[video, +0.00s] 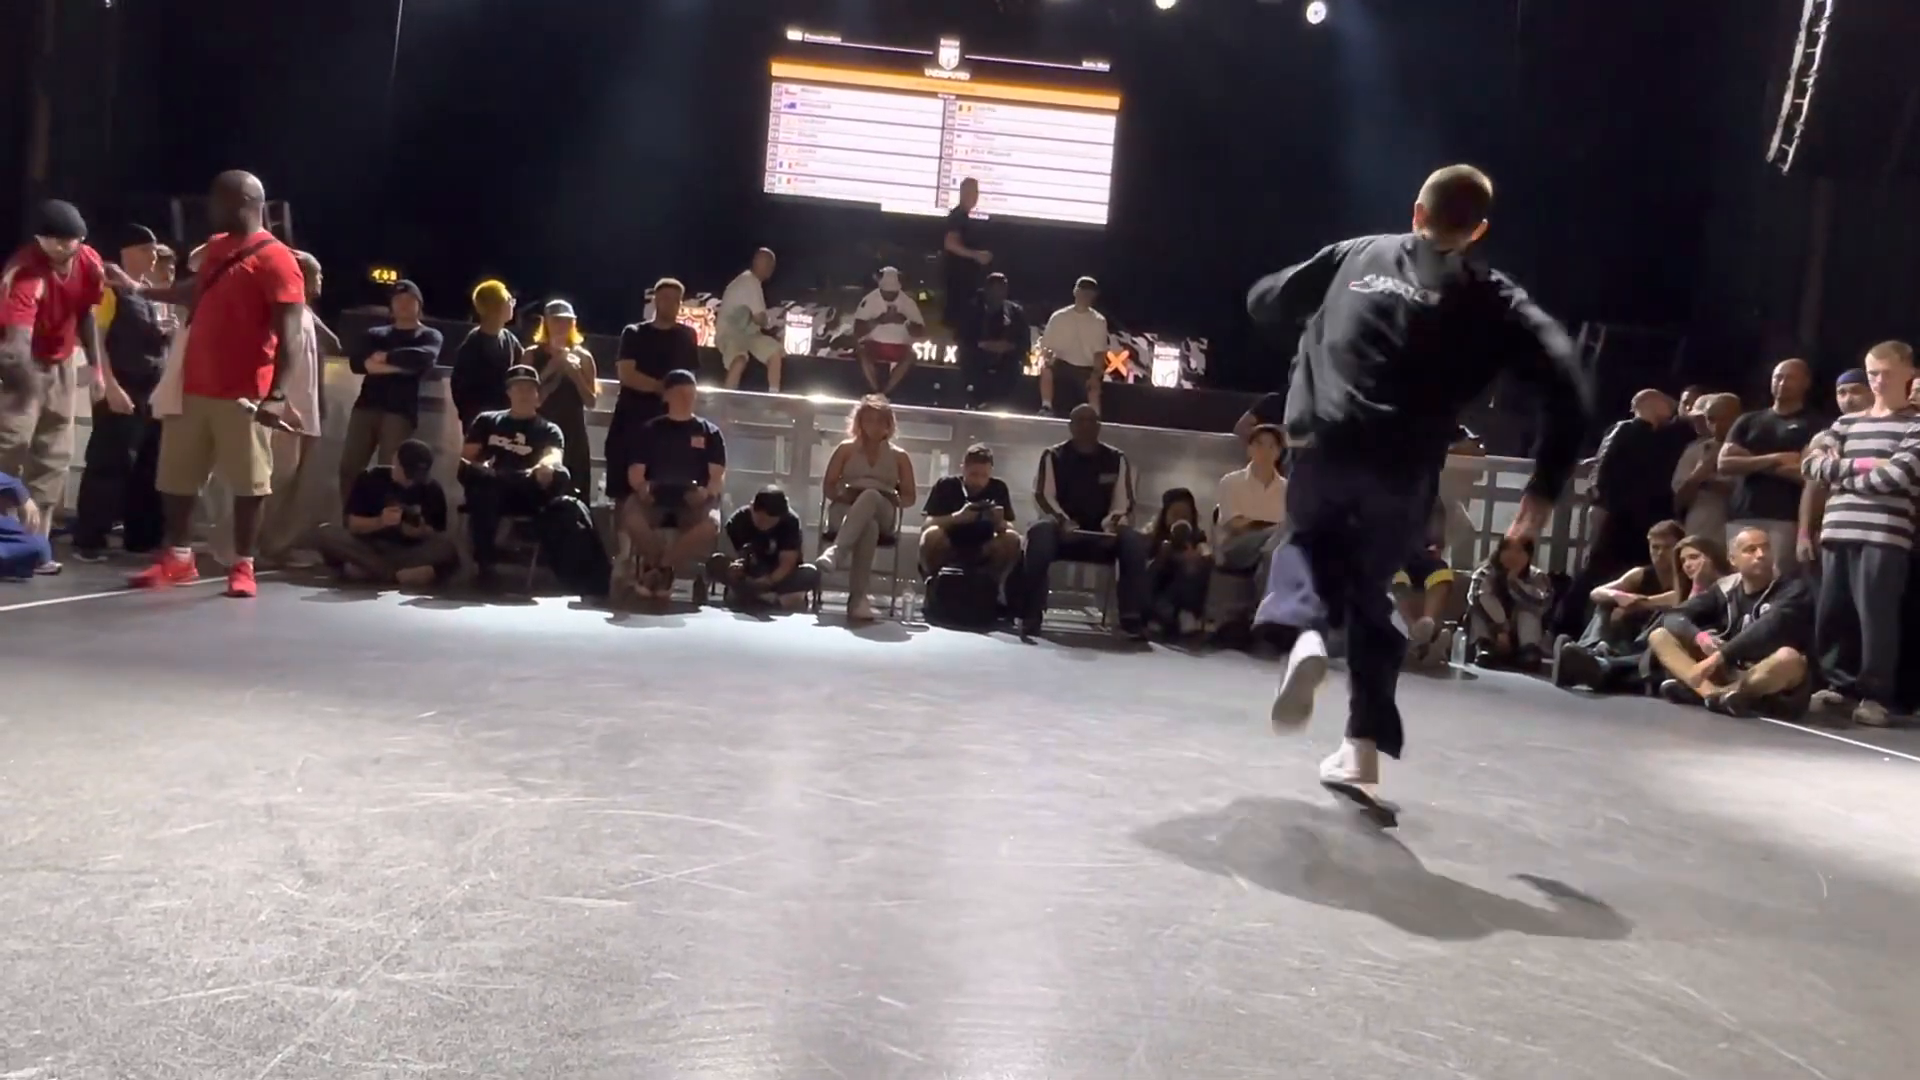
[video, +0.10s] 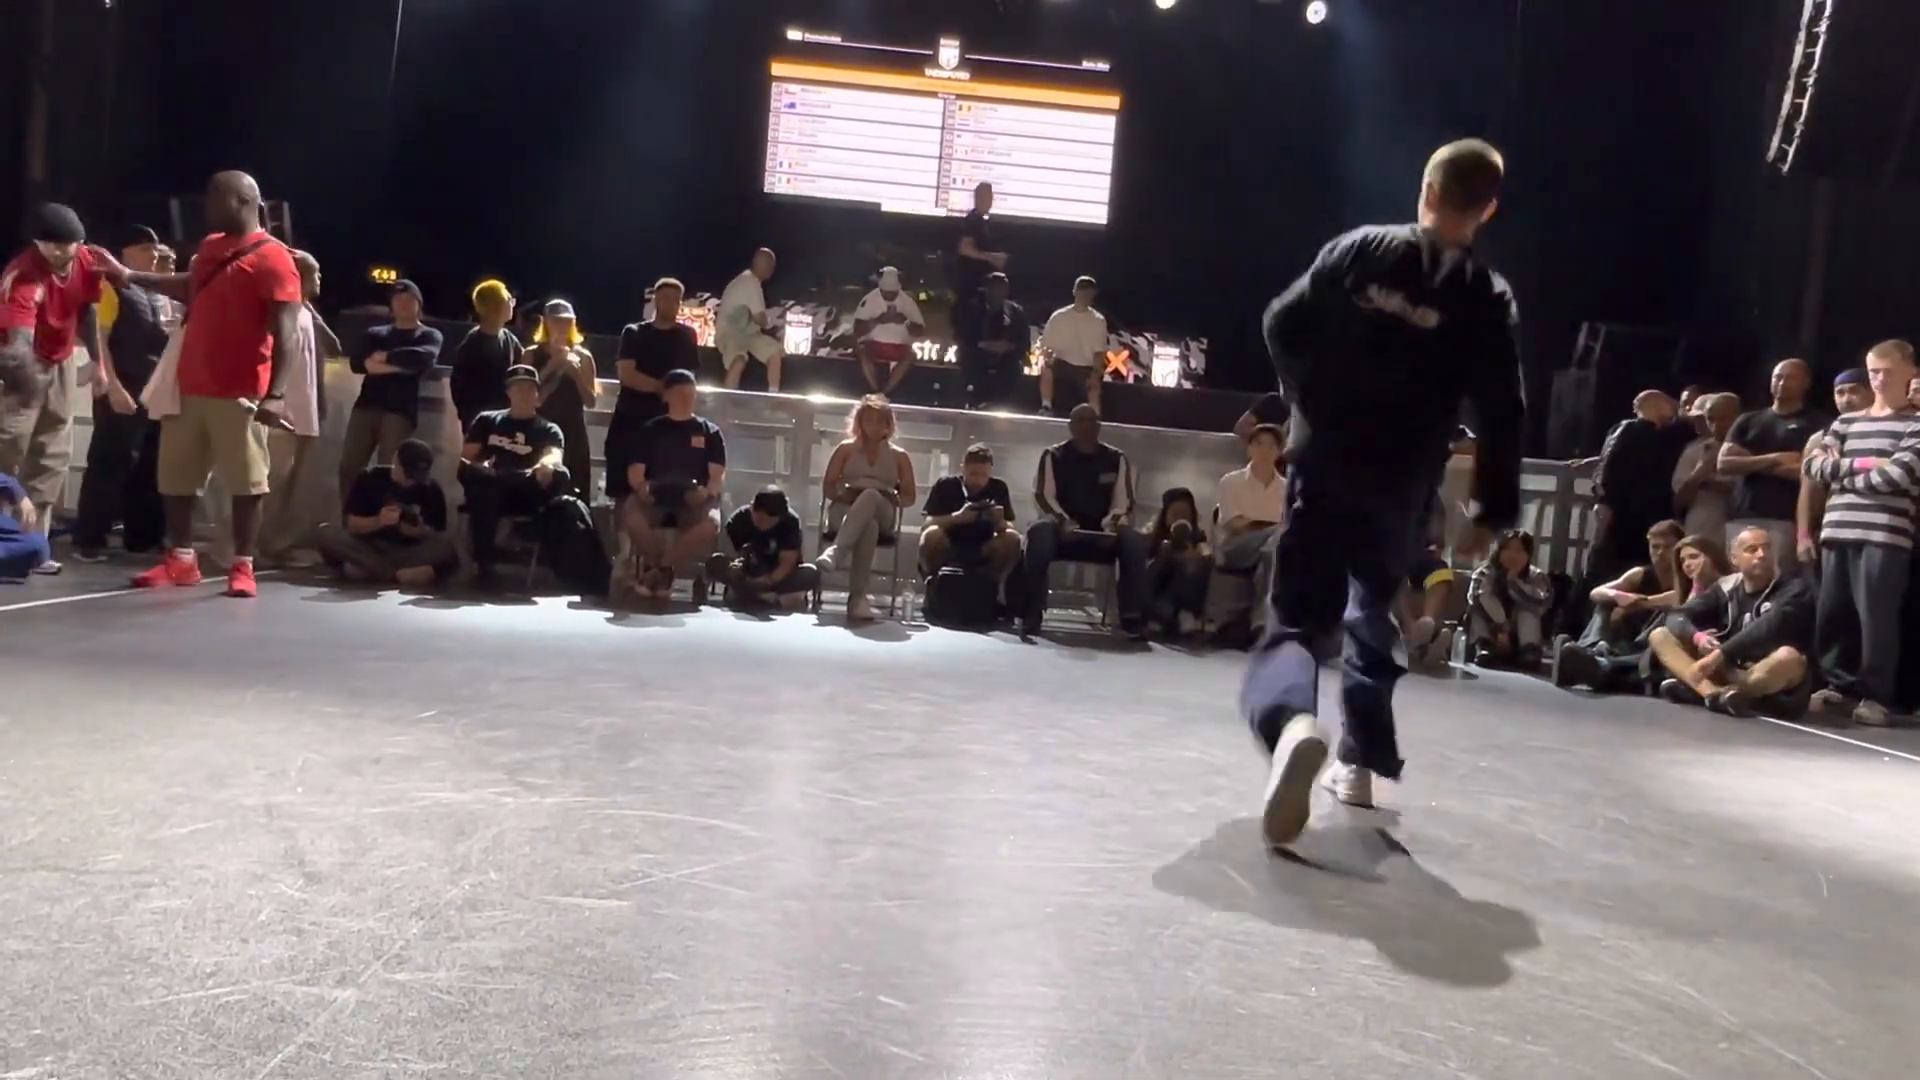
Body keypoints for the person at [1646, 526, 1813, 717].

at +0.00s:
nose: (1760, 555)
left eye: (1765, 548)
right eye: (1750, 550)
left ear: (1772, 553)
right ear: (1734, 559)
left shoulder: (1793, 590)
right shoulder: (1724, 589)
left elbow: (1769, 629)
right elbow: (1673, 617)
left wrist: (1717, 659)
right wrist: (1698, 636)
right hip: (1726, 672)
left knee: (1789, 658)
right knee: (1659, 636)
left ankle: (1706, 694)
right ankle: (1713, 694)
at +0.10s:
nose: (1761, 555)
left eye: (1766, 548)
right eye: (1751, 550)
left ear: (1773, 553)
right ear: (1735, 558)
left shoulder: (1794, 589)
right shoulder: (1725, 588)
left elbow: (1770, 628)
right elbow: (1677, 617)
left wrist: (1721, 655)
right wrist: (1696, 637)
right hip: (1725, 669)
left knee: (1789, 658)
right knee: (1659, 636)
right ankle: (1713, 693)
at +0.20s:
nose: (1760, 556)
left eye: (1766, 549)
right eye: (1751, 550)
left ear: (1775, 554)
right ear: (1736, 558)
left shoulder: (1794, 589)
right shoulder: (1726, 587)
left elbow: (1770, 627)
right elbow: (1679, 616)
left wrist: (1720, 655)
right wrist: (1692, 637)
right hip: (1726, 670)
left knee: (1788, 657)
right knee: (1659, 636)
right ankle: (1711, 693)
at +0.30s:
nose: (1760, 556)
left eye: (1766, 550)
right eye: (1751, 550)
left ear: (1775, 555)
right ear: (1737, 558)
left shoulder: (1794, 589)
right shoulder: (1727, 587)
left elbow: (1772, 628)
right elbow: (1679, 616)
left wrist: (1719, 657)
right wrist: (1689, 637)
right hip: (1724, 671)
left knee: (1787, 657)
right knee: (1659, 636)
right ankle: (1711, 694)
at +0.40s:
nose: (1759, 556)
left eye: (1766, 550)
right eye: (1751, 550)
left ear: (1775, 555)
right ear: (1737, 559)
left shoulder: (1792, 588)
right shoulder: (1727, 587)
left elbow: (1783, 628)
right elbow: (1678, 616)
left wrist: (1726, 654)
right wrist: (1690, 635)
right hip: (1723, 669)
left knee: (1787, 657)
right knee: (1659, 636)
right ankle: (1710, 694)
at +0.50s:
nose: (1759, 557)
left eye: (1766, 550)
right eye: (1751, 551)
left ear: (1775, 556)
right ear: (1737, 559)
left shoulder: (1793, 589)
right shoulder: (1726, 589)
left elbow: (1792, 629)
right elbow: (1672, 614)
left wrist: (1732, 650)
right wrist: (1682, 630)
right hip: (1726, 672)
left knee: (1787, 658)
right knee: (1659, 636)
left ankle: (1723, 696)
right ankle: (1710, 696)